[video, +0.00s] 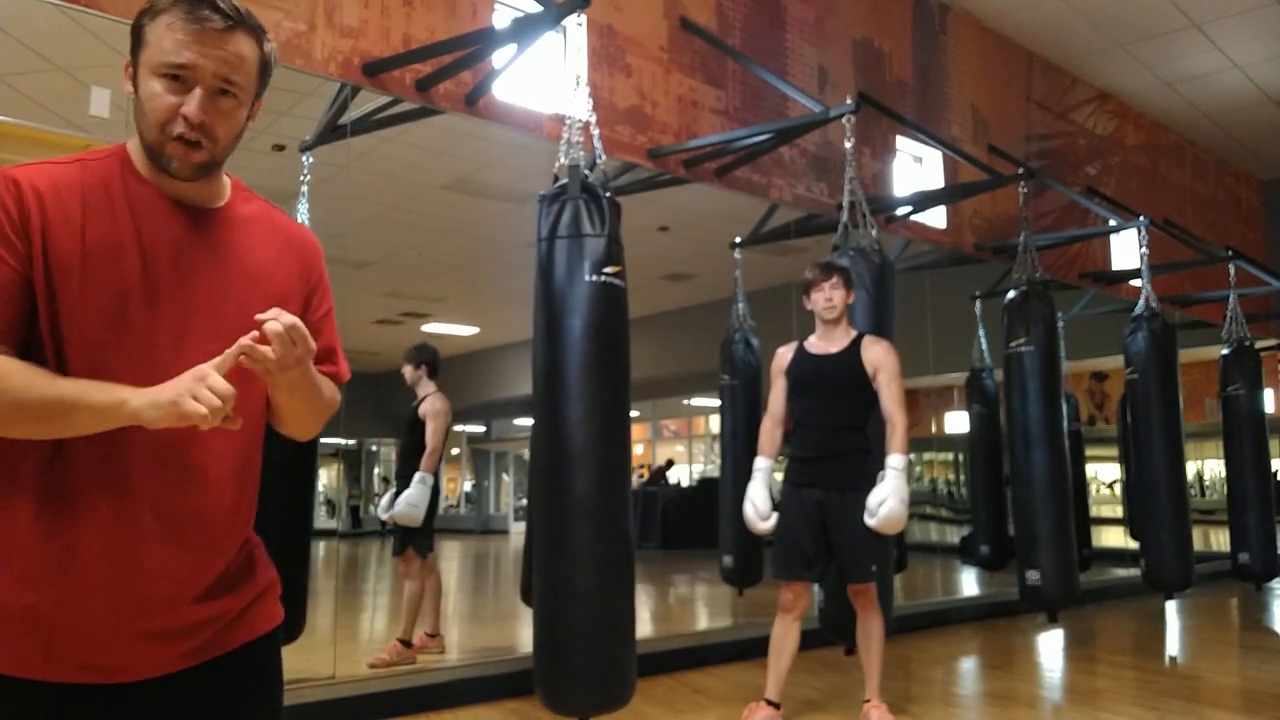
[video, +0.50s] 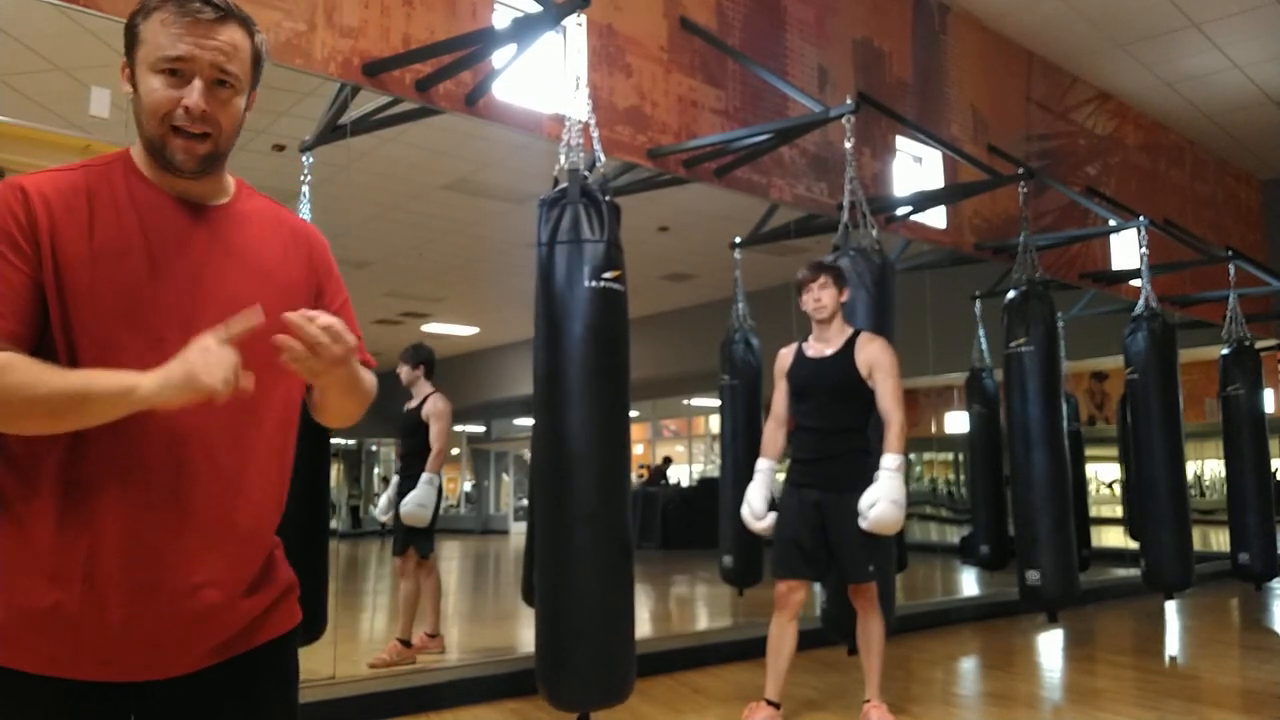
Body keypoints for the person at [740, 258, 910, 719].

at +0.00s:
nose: (827, 296)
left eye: (835, 289)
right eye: (819, 290)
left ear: (849, 296)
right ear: (808, 299)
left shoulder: (876, 351)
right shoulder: (787, 356)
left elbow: (895, 418)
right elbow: (773, 421)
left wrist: (895, 475)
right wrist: (760, 477)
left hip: (858, 491)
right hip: (801, 491)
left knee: (864, 596)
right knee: (789, 598)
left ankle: (873, 700)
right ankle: (771, 702)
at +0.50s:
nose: (813, 295)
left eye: (822, 287)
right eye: (807, 290)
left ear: (842, 294)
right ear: (801, 300)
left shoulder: (872, 349)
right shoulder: (788, 357)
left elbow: (894, 418)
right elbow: (776, 423)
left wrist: (890, 477)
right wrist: (761, 481)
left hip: (856, 492)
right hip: (800, 493)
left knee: (865, 597)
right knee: (786, 596)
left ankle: (873, 701)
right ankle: (771, 702)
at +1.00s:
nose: (776, 293)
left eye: (785, 285)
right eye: (770, 288)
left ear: (807, 294)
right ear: (765, 300)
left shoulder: (836, 343)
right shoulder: (760, 356)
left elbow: (864, 413)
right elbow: (755, 424)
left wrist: (860, 472)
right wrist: (742, 484)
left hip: (831, 489)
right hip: (777, 491)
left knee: (849, 598)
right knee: (773, 597)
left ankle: (872, 699)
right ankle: (769, 704)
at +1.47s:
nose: (780, 291)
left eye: (788, 283)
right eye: (772, 285)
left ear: (806, 290)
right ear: (760, 296)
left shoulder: (834, 340)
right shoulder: (749, 350)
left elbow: (865, 406)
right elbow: (737, 417)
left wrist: (862, 460)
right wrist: (725, 475)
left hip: (831, 490)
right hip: (771, 493)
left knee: (849, 597)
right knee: (770, 599)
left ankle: (878, 706)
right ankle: (768, 704)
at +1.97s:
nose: (868, 295)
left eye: (878, 286)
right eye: (859, 287)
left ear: (897, 294)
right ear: (850, 294)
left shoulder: (914, 352)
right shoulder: (818, 342)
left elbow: (930, 423)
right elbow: (784, 407)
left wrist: (917, 440)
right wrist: (768, 470)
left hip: (883, 498)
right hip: (824, 496)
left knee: (892, 608)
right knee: (790, 606)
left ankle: (893, 716)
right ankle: (744, 687)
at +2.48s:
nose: (881, 292)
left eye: (890, 282)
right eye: (871, 283)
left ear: (907, 290)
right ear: (859, 290)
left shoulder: (923, 350)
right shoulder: (829, 337)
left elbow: (937, 419)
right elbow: (791, 403)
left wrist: (925, 434)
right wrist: (775, 465)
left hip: (887, 496)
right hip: (829, 493)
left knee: (893, 609)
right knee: (793, 605)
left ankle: (894, 716)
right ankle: (751, 690)